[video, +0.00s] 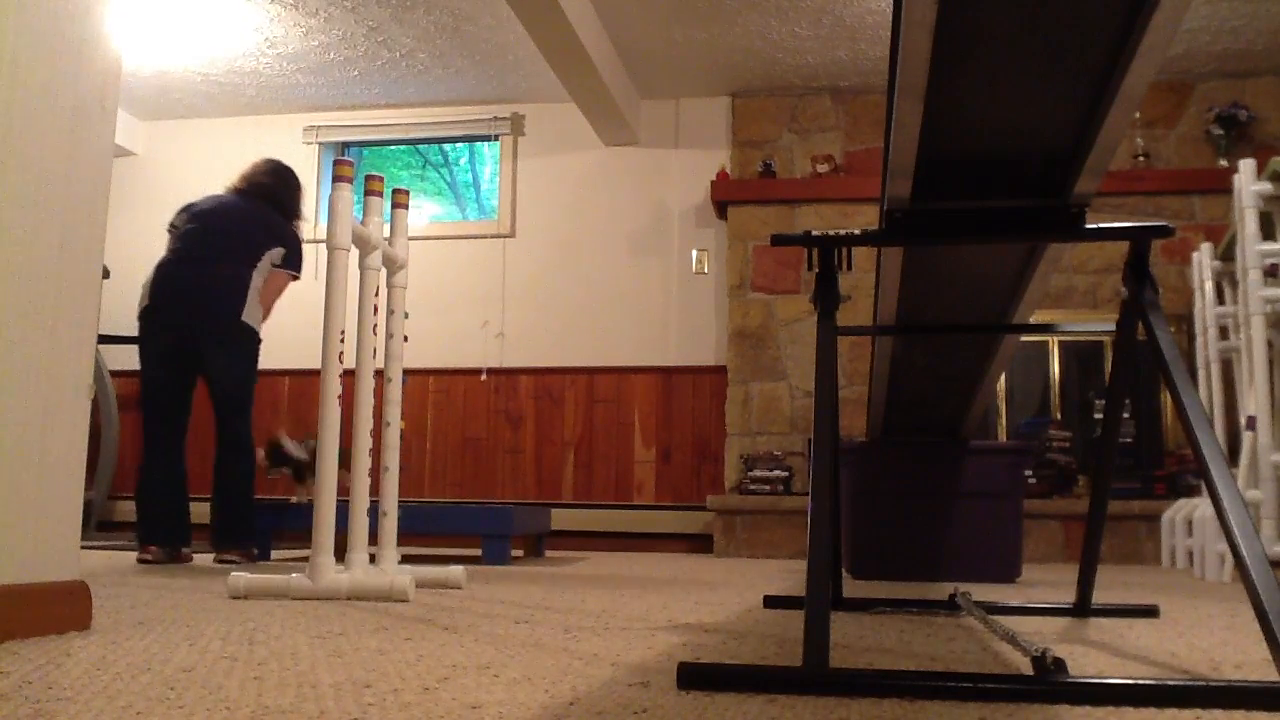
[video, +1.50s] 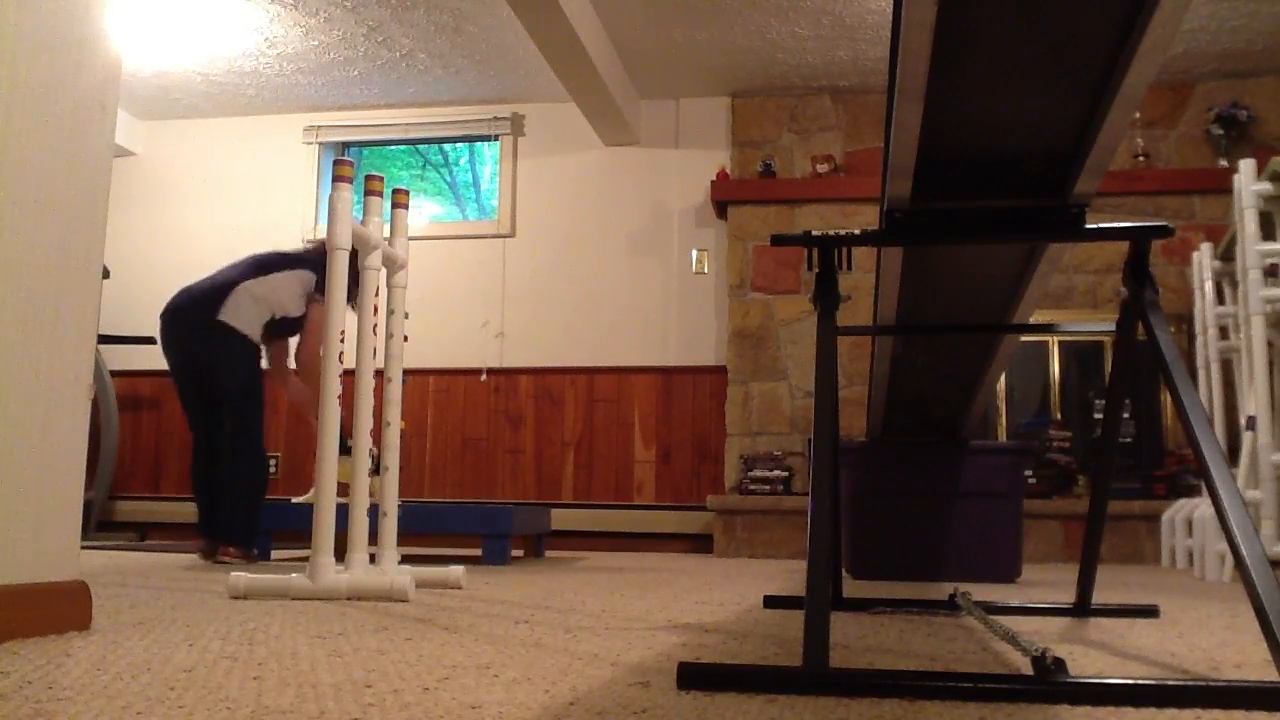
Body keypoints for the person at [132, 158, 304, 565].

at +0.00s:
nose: (297, 211)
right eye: (296, 203)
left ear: (243, 182)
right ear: (290, 198)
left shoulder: (195, 207)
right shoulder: (283, 233)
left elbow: (172, 264)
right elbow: (266, 297)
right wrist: (244, 335)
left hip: (163, 321)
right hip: (227, 329)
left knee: (163, 432)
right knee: (234, 433)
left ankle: (160, 539)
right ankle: (233, 540)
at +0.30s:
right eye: (315, 224)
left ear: (265, 201)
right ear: (310, 219)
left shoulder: (222, 219)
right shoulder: (306, 245)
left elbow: (190, 280)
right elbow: (285, 310)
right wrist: (263, 366)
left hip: (180, 315)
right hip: (244, 326)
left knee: (171, 426)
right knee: (243, 432)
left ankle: (162, 540)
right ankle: (233, 543)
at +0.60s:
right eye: (323, 227)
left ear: (276, 205)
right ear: (318, 222)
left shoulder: (232, 221)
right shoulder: (315, 249)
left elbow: (192, 286)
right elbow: (297, 323)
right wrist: (287, 395)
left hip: (192, 318)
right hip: (255, 328)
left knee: (177, 425)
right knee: (248, 434)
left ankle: (164, 537)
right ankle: (233, 543)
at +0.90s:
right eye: (333, 235)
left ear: (289, 206)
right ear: (327, 225)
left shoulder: (241, 221)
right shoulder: (320, 252)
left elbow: (199, 273)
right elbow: (302, 333)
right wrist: (300, 402)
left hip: (194, 314)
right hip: (256, 326)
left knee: (179, 424)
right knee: (248, 435)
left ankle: (164, 535)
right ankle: (233, 542)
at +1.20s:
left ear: (300, 216)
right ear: (334, 233)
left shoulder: (259, 233)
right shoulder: (326, 257)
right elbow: (309, 342)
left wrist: (270, 361)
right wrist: (307, 404)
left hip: (191, 307)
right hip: (250, 322)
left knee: (192, 423)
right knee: (249, 433)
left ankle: (178, 532)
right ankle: (235, 542)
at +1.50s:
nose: (353, 297)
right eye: (355, 287)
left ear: (325, 253)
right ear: (348, 270)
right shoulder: (329, 272)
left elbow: (280, 370)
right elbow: (308, 360)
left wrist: (319, 417)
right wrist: (329, 407)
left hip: (178, 321)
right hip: (227, 333)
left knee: (208, 434)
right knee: (245, 441)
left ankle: (212, 538)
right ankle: (236, 543)